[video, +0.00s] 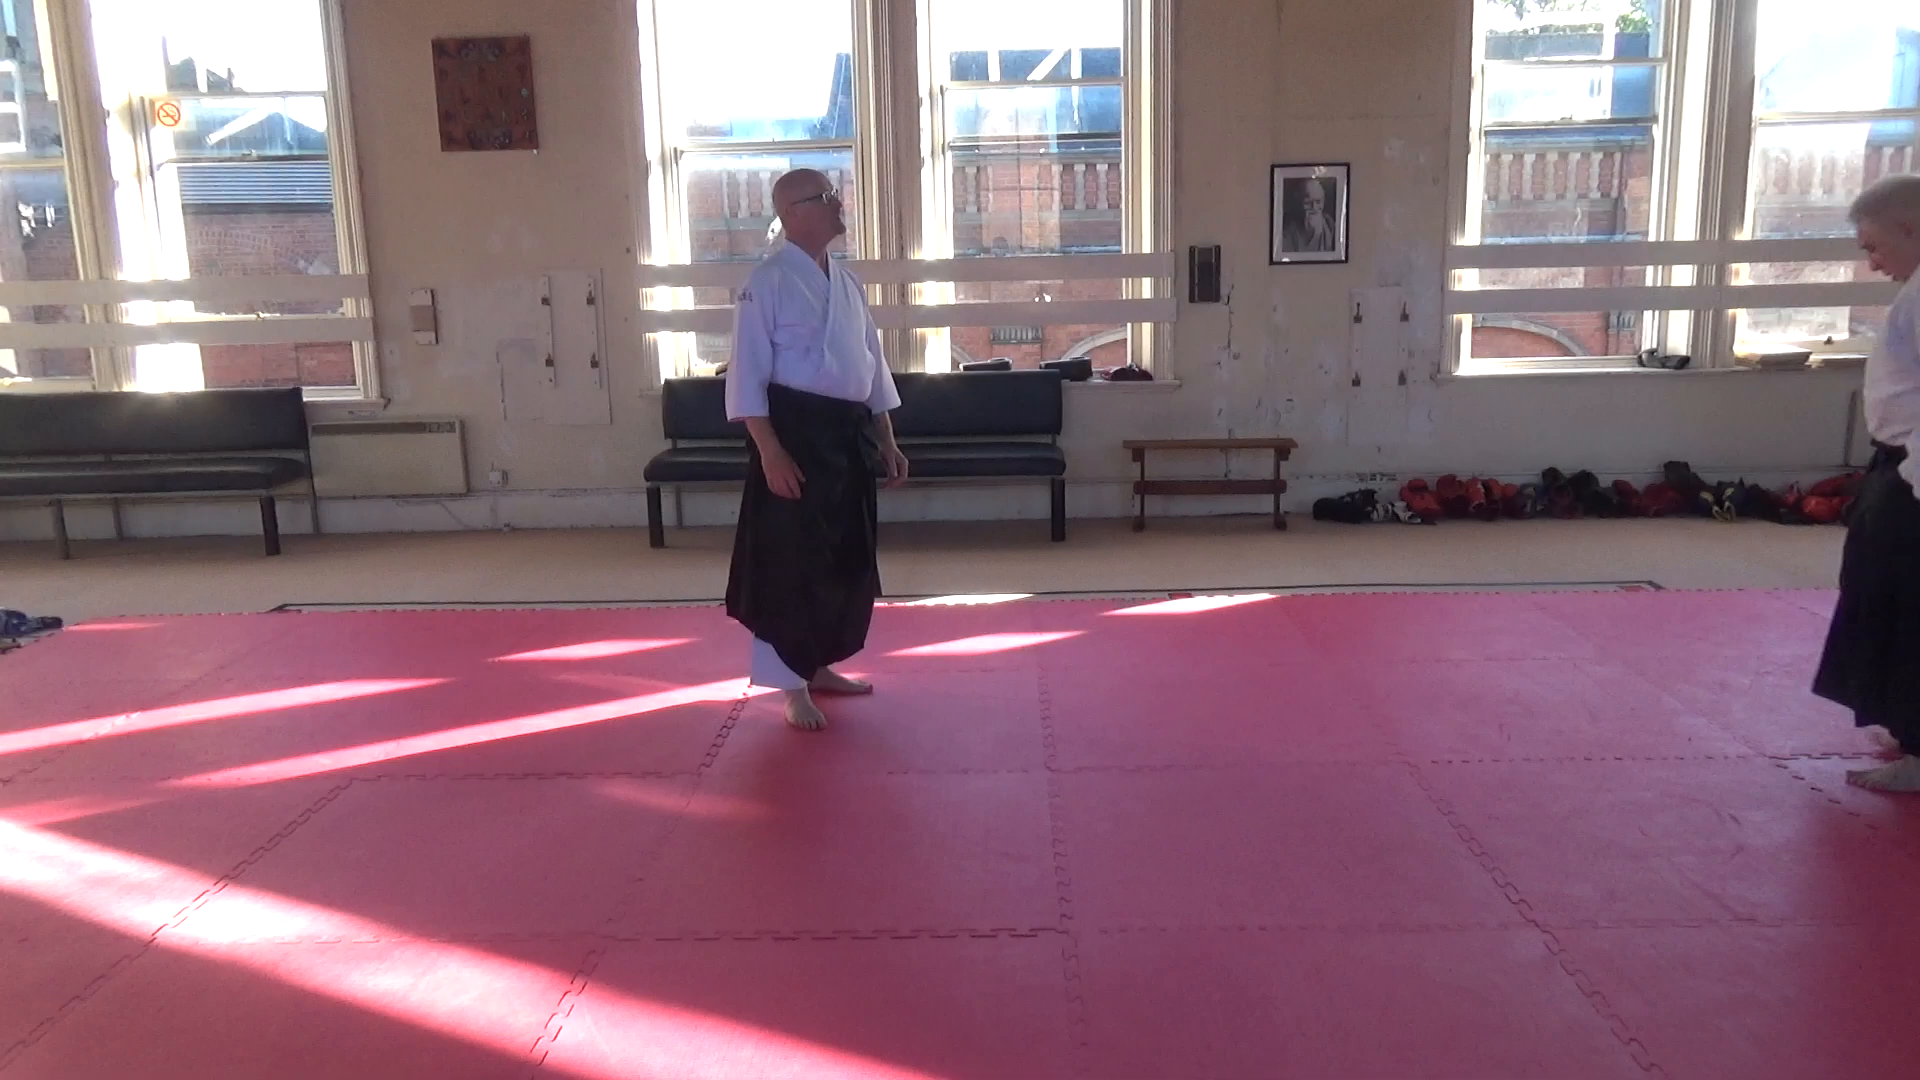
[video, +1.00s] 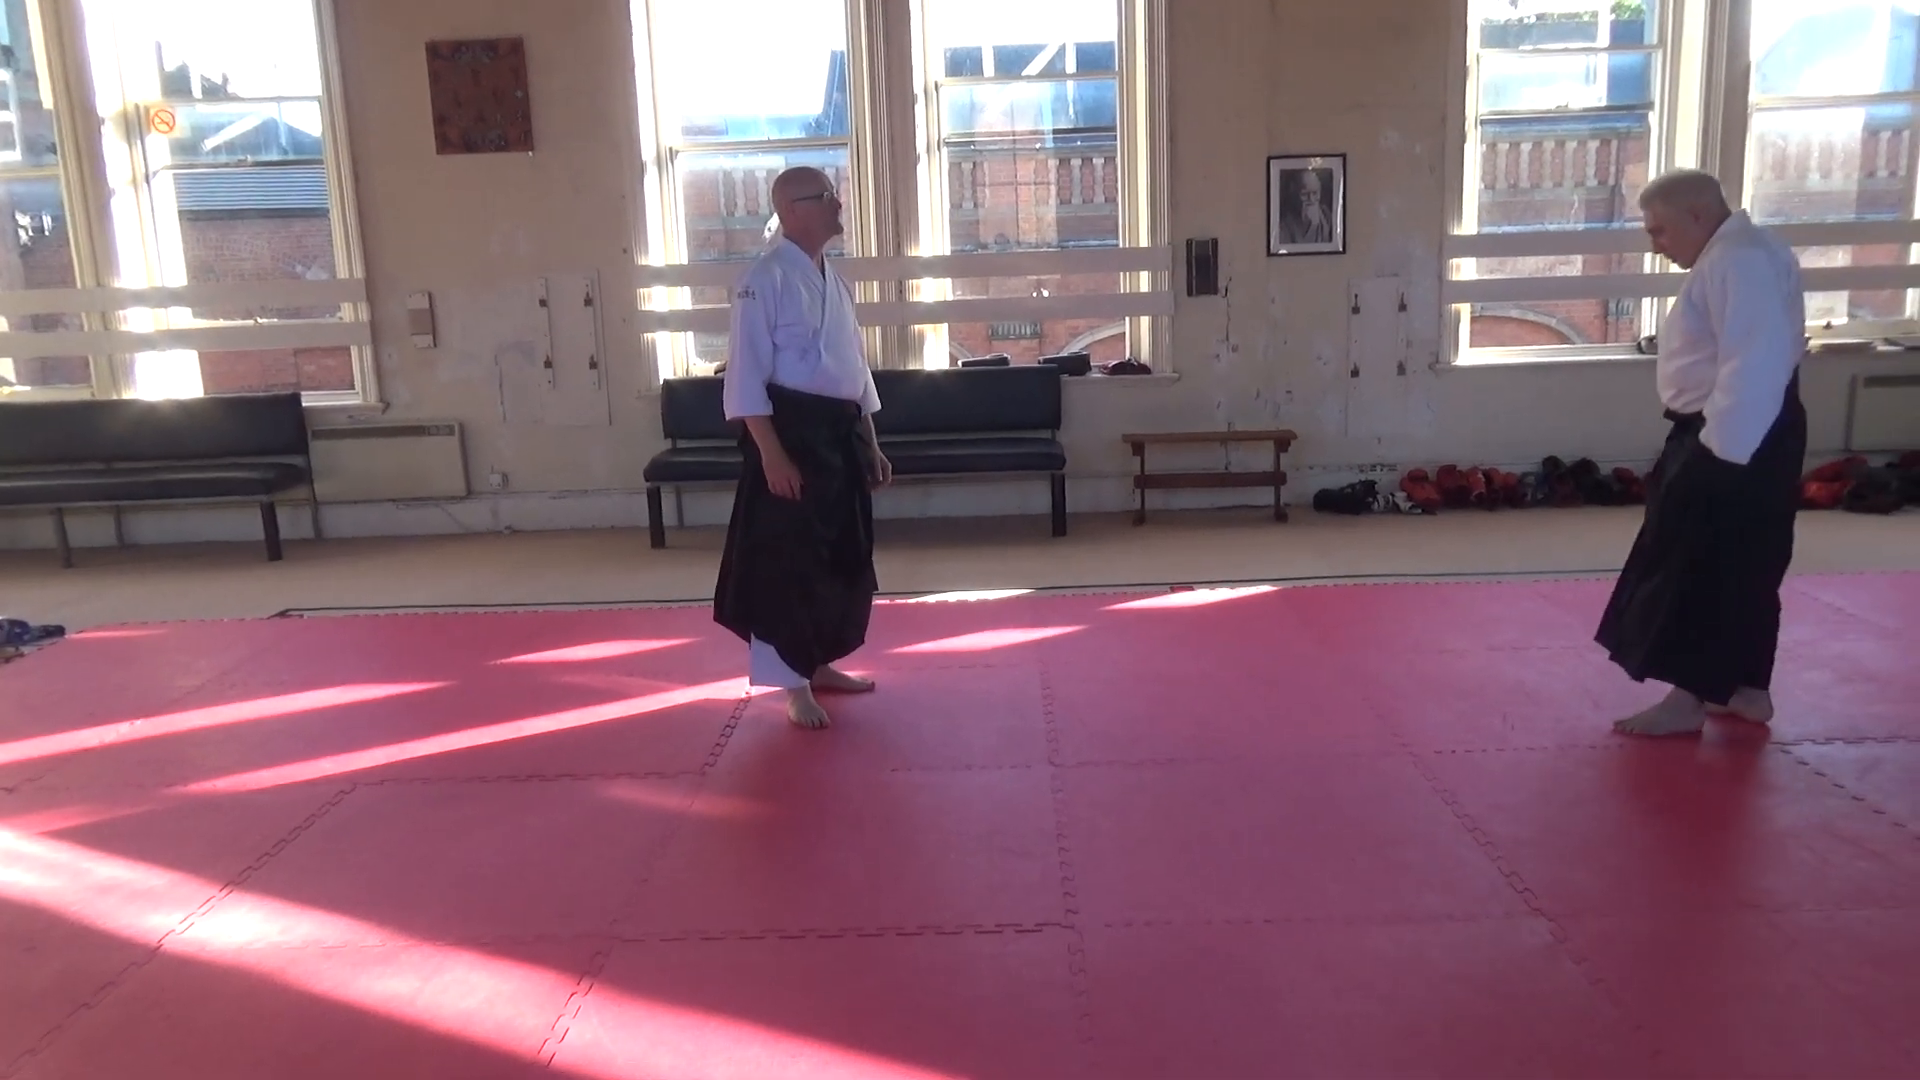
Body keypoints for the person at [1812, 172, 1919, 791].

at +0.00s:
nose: (1868, 258)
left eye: (1872, 245)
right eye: (1865, 247)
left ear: (1908, 231)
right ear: (1899, 234)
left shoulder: (1912, 299)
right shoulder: (1906, 298)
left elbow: (1909, 406)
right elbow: (1897, 399)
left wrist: (1906, 480)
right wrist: (1883, 470)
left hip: (1906, 475)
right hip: (1891, 470)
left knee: (1897, 609)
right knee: (1886, 604)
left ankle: (1912, 754)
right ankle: (1902, 737)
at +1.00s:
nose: (1657, 247)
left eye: (1660, 232)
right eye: (1653, 236)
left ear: (1698, 213)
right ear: (1698, 215)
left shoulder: (1741, 255)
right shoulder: (1747, 247)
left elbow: (1755, 356)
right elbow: (1757, 350)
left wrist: (1716, 450)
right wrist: (1703, 430)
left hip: (1741, 433)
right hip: (1752, 426)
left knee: (1709, 562)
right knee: (1744, 562)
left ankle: (1686, 699)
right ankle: (1748, 688)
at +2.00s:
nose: (1537, 274)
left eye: (1545, 262)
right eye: (1538, 262)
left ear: (1584, 261)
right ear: (1584, 262)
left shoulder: (1609, 316)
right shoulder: (1607, 308)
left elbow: (1641, 399)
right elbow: (1649, 394)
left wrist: (1616, 484)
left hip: (1610, 487)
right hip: (1602, 482)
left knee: (1598, 608)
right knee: (1601, 607)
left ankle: (1608, 734)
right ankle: (1607, 728)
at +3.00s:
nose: (1449, 265)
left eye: (1459, 253)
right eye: (1450, 253)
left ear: (1498, 255)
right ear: (1503, 257)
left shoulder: (1511, 315)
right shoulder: (1531, 305)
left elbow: (1509, 419)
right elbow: (1531, 407)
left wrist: (1472, 503)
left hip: (1505, 483)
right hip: (1549, 477)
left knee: (1453, 611)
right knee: (1559, 605)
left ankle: (1442, 740)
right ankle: (1575, 727)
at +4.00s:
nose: (1477, 269)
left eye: (1487, 258)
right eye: (1479, 257)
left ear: (1528, 262)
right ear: (1531, 263)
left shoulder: (1543, 317)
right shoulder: (1556, 309)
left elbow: (1497, 360)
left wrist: (1433, 394)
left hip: (1514, 504)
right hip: (1555, 497)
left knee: (1460, 634)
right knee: (1567, 633)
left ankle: (1451, 776)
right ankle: (1586, 764)